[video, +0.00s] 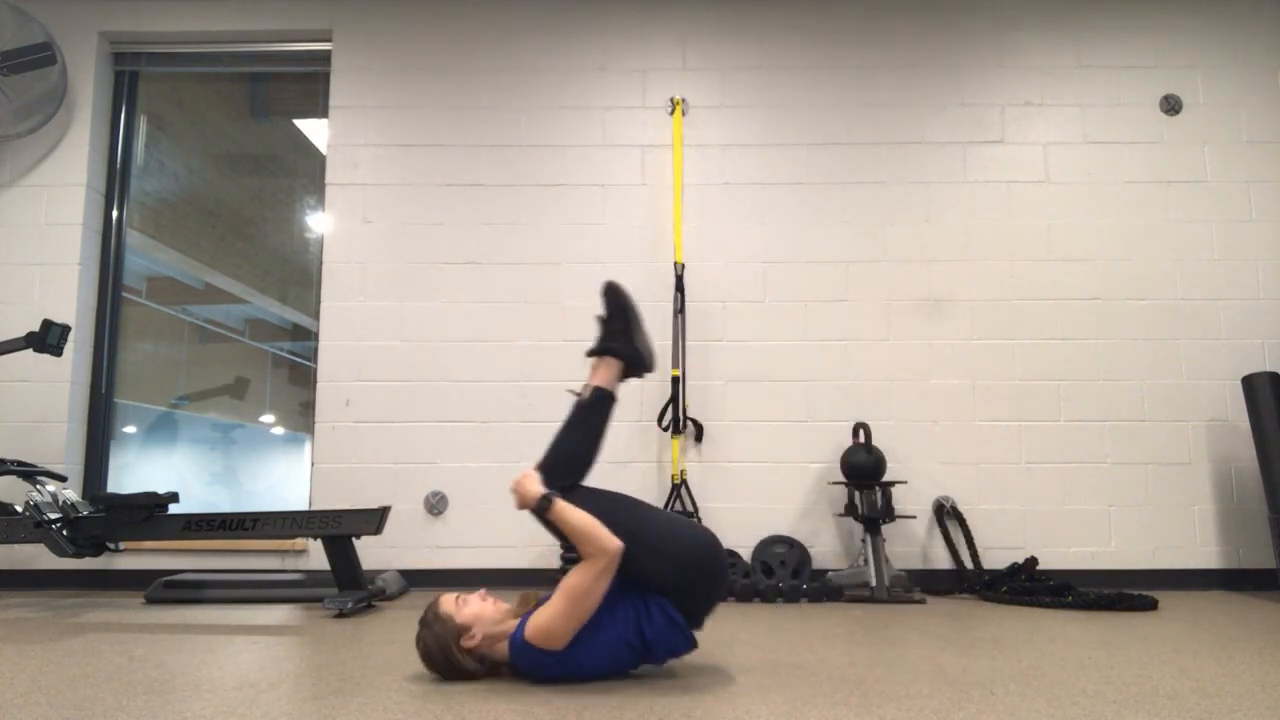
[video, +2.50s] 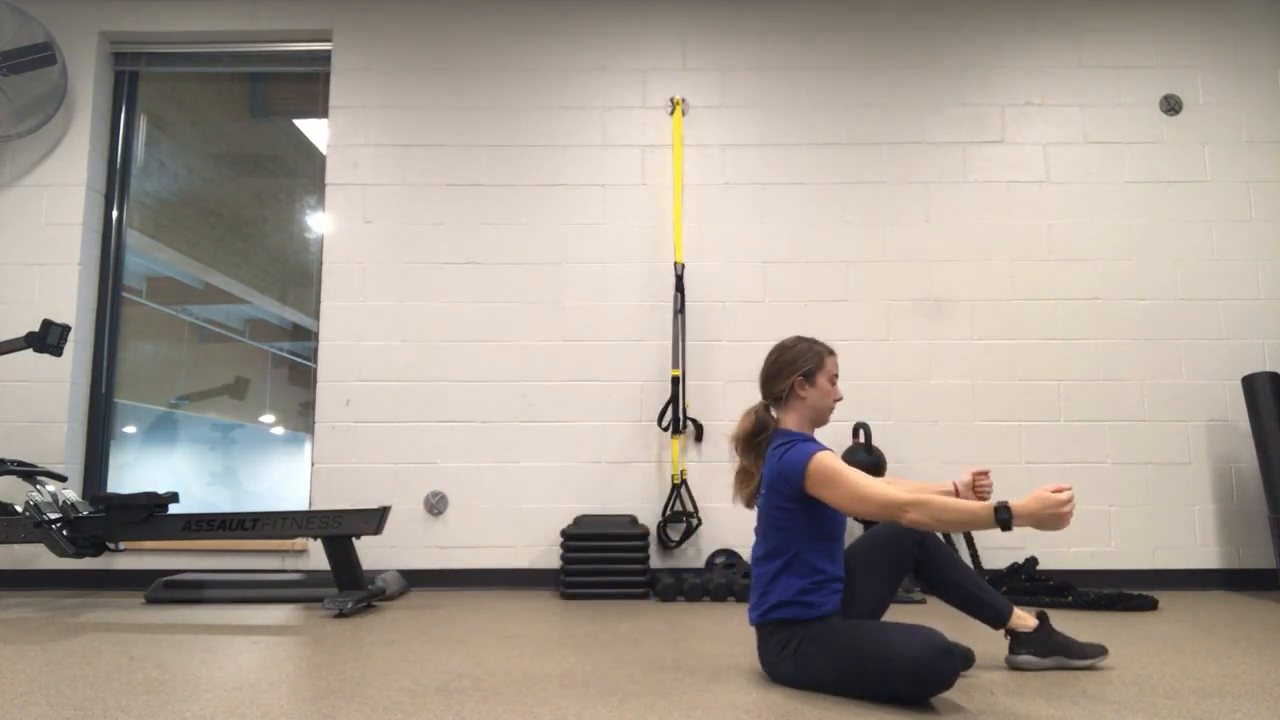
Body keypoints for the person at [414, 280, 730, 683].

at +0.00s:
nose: (479, 593)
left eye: (466, 594)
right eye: (465, 602)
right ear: (470, 639)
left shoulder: (530, 637)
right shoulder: (536, 641)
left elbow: (597, 557)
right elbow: (607, 552)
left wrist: (546, 501)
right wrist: (542, 501)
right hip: (693, 571)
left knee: (550, 493)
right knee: (554, 495)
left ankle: (610, 363)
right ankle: (613, 360)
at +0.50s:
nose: (480, 593)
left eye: (468, 593)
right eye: (466, 602)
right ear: (470, 638)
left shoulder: (533, 631)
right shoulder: (539, 644)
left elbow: (597, 559)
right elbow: (608, 553)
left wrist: (551, 496)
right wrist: (548, 496)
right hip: (693, 575)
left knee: (555, 489)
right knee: (561, 492)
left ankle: (631, 366)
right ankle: (635, 365)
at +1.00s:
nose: (592, 501)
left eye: (586, 492)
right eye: (581, 496)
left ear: (559, 519)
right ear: (555, 521)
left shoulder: (586, 560)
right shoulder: (589, 574)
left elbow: (682, 538)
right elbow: (691, 539)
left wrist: (717, 461)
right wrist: (722, 458)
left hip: (732, 631)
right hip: (741, 650)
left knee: (748, 467)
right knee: (749, 482)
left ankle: (893, 491)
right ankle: (882, 531)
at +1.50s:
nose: (701, 425)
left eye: (698, 416)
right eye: (693, 416)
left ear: (664, 429)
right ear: (663, 428)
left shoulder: (685, 479)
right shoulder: (667, 500)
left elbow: (765, 456)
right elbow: (782, 486)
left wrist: (819, 402)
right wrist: (850, 417)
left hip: (767, 615)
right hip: (762, 651)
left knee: (847, 497)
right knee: (857, 537)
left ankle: (987, 567)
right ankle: (904, 626)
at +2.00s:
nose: (794, 396)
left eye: (792, 384)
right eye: (787, 385)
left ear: (752, 392)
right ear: (754, 391)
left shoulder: (766, 451)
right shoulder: (753, 464)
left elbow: (849, 462)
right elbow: (857, 490)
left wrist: (923, 439)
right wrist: (960, 458)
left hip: (808, 610)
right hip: (784, 640)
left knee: (894, 527)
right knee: (927, 659)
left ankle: (1012, 626)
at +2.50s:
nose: (839, 393)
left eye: (836, 382)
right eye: (831, 382)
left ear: (796, 386)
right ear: (798, 386)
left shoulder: (798, 448)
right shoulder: (797, 457)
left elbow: (880, 495)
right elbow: (901, 508)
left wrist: (953, 491)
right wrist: (1015, 514)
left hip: (827, 610)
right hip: (796, 637)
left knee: (905, 535)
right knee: (938, 661)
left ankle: (1026, 629)